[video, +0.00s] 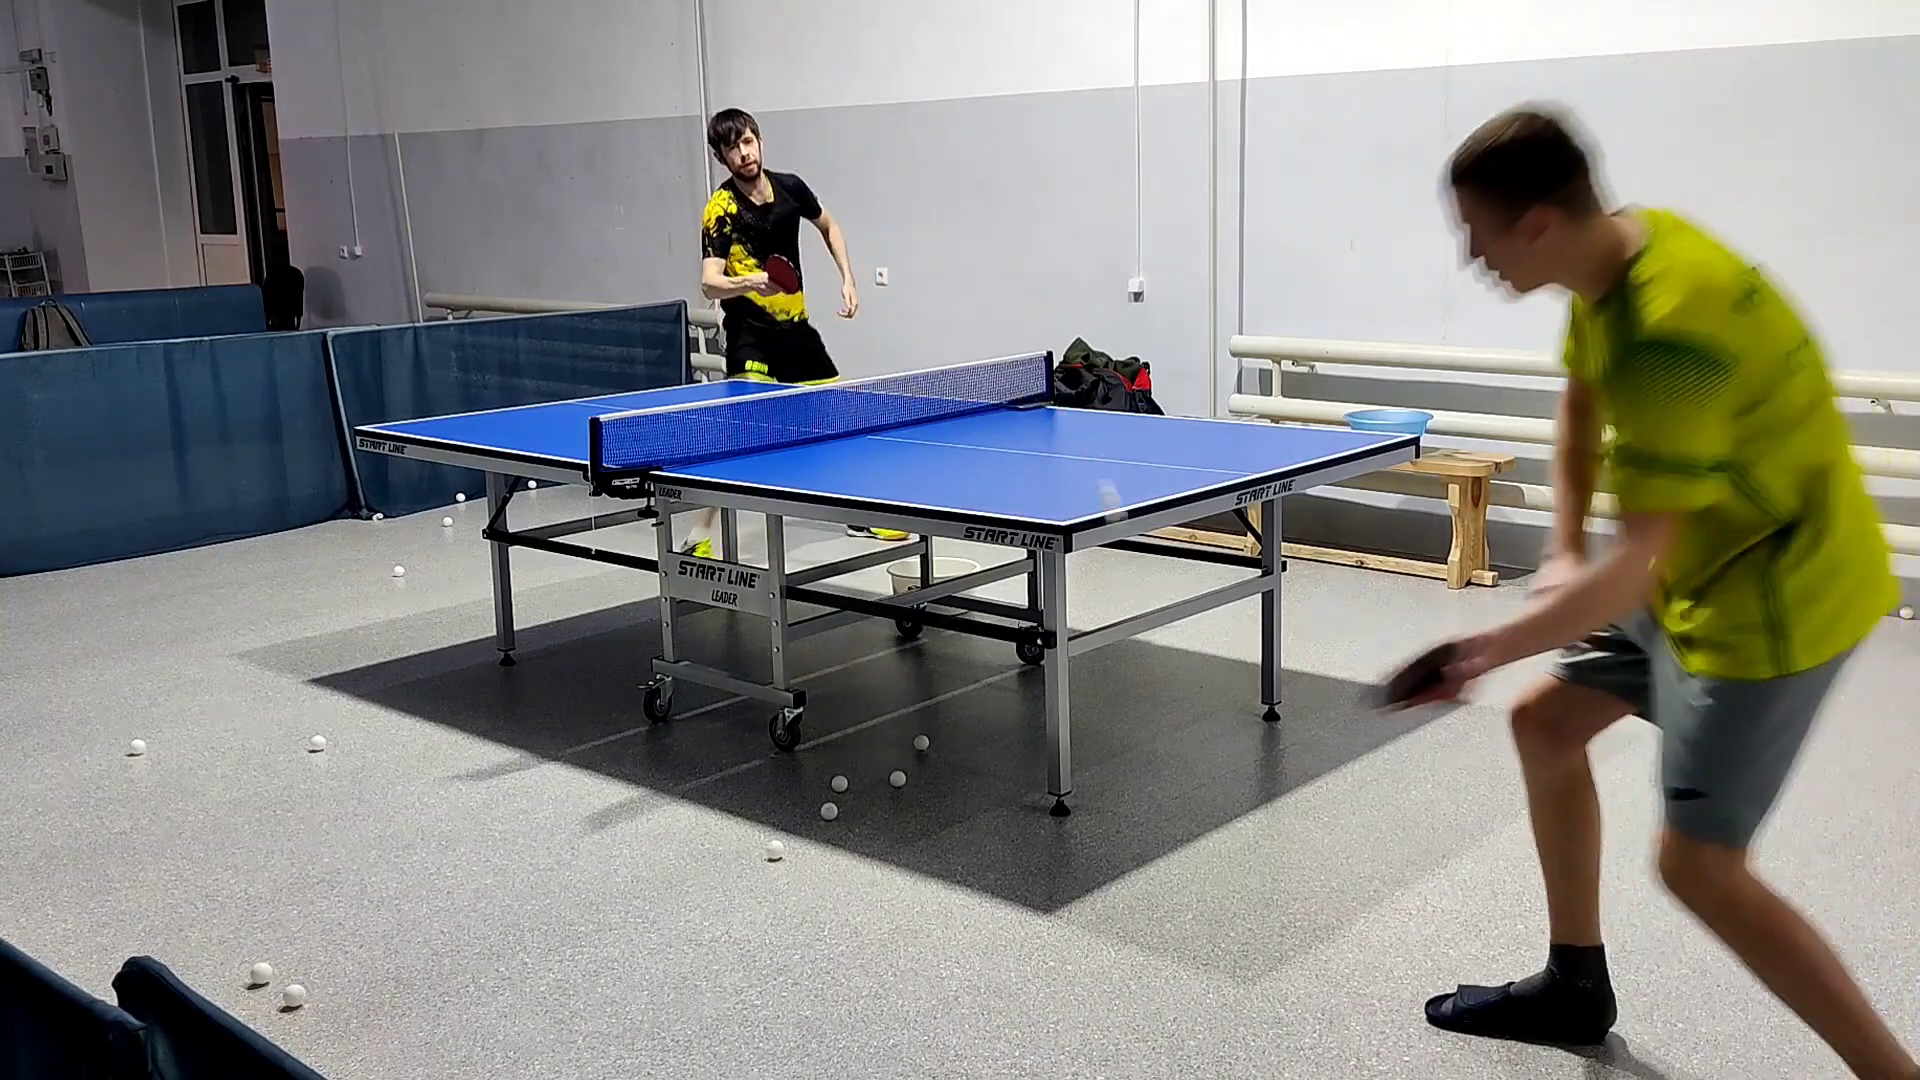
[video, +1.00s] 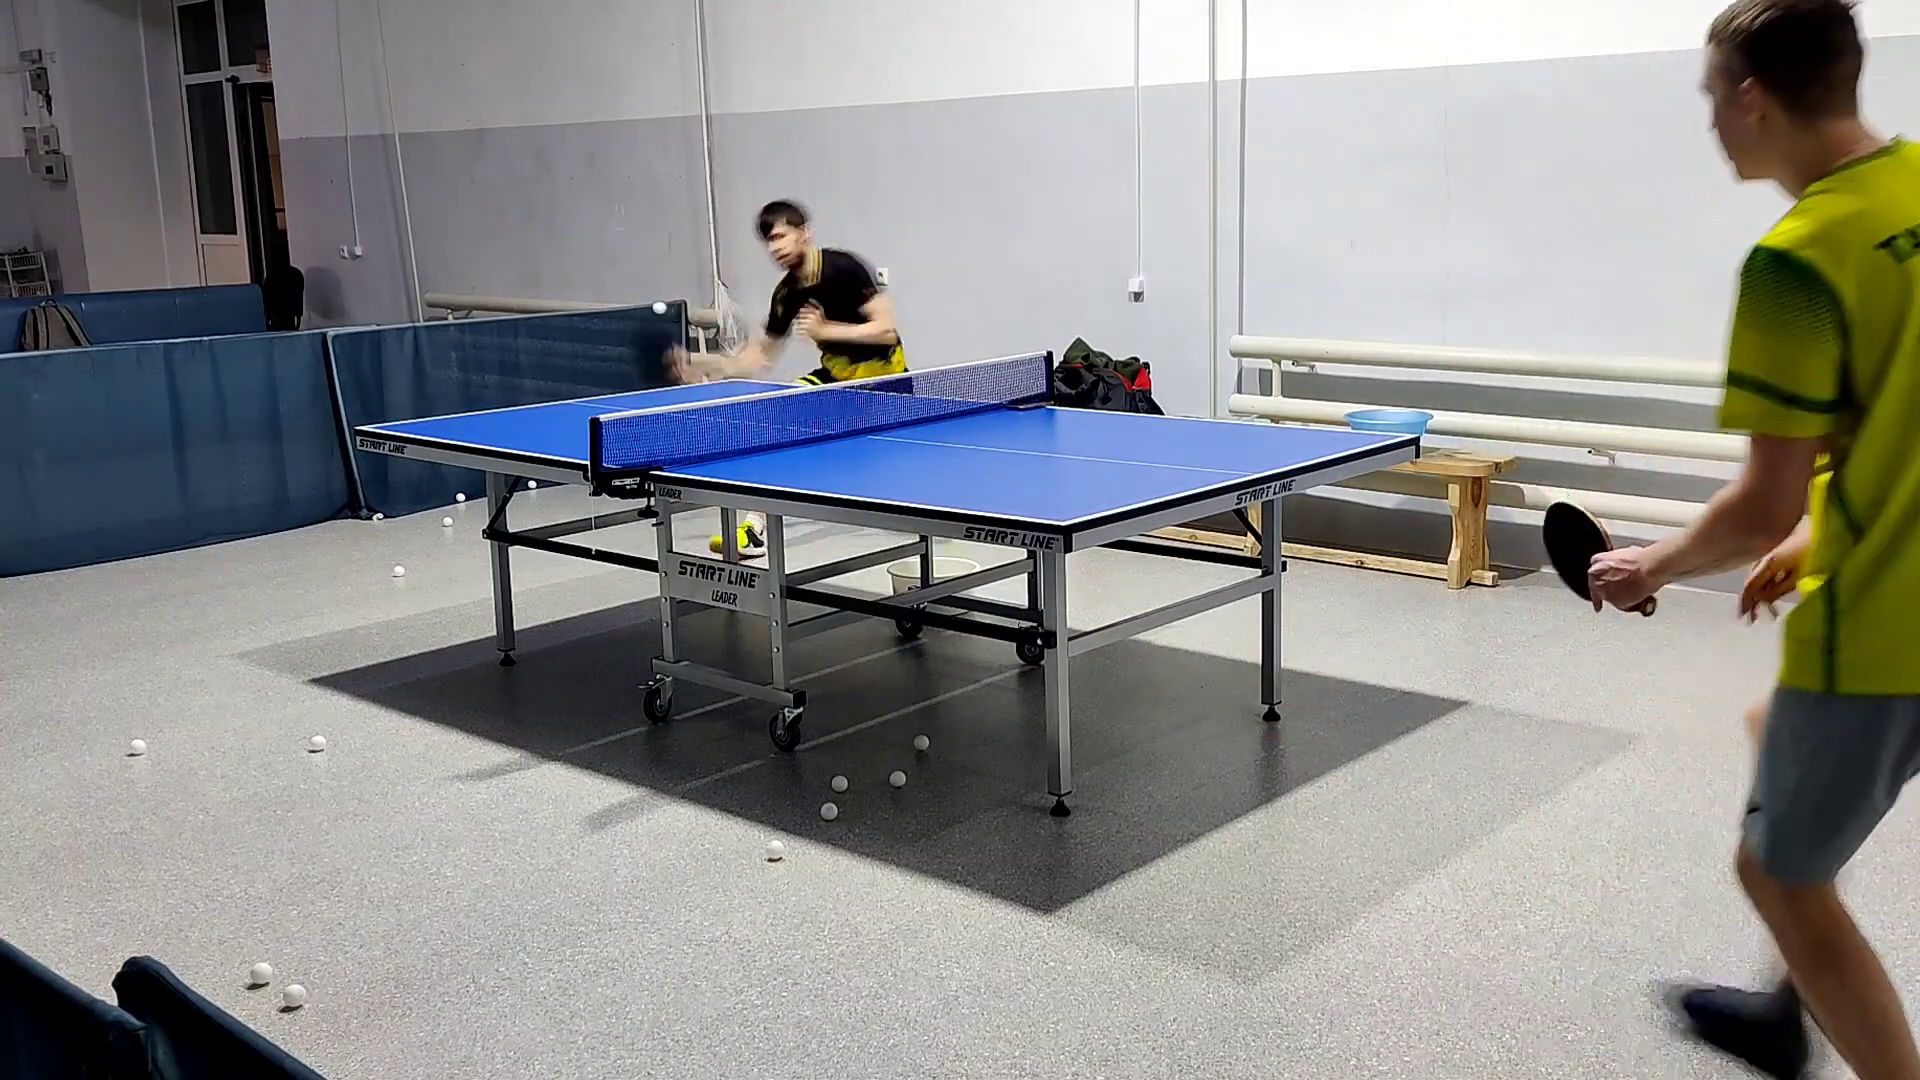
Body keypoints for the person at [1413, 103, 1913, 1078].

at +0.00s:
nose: (1472, 256)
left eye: (1478, 233)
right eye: (1468, 234)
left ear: (1541, 219)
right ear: (1544, 215)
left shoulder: (1678, 315)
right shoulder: (1607, 276)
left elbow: (1644, 557)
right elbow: (1581, 415)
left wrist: (1482, 651)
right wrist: (1567, 554)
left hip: (1783, 593)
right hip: (1697, 569)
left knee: (1697, 864)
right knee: (1546, 726)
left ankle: (1890, 1067)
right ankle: (1575, 984)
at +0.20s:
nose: (1393, 316)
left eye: (1392, 297)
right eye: (1386, 298)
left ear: (1445, 288)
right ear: (1471, 265)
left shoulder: (1530, 400)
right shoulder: (1591, 270)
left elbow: (1423, 588)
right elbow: (1604, 423)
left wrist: (1284, 654)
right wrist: (1519, 539)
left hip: (1737, 620)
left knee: (1632, 874)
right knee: (1521, 716)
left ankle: (1878, 1067)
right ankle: (1574, 982)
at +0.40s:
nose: (1412, 250)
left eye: (1410, 229)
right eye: (1406, 230)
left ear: (1445, 225)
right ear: (1513, 194)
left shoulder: (1507, 353)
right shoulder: (1619, 228)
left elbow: (1496, 507)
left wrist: (1429, 519)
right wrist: (1489, 481)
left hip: (1709, 606)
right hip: (1774, 543)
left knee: (1659, 864)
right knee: (1542, 710)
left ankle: (1878, 1068)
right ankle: (1574, 982)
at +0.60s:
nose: (1504, 169)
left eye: (1508, 146)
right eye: (1501, 148)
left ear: (1554, 139)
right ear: (1613, 127)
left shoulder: (1576, 288)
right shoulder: (1730, 189)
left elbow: (1603, 501)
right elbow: (1782, 375)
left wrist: (1582, 492)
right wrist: (1622, 469)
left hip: (1724, 597)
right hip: (1829, 549)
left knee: (1691, 866)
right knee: (1589, 727)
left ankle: (1872, 1071)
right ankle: (1578, 982)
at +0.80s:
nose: (1629, 148)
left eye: (1633, 123)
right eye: (1627, 125)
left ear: (1678, 120)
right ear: (1746, 111)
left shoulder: (1703, 272)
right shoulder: (1871, 202)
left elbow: (1692, 510)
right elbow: (1874, 404)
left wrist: (1638, 558)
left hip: (1793, 629)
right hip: (1900, 598)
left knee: (1734, 884)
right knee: (1672, 743)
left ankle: (1885, 1075)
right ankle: (1593, 981)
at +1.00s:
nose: (1712, 120)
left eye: (1715, 96)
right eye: (1711, 97)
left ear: (1756, 95)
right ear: (1842, 82)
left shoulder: (1798, 257)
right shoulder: (1908, 183)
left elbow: (1767, 511)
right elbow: (1897, 428)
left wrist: (1662, 561)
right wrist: (1818, 538)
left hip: (1874, 625)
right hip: (1901, 584)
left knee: (1777, 867)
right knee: (1780, 731)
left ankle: (1892, 1065)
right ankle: (1786, 1011)